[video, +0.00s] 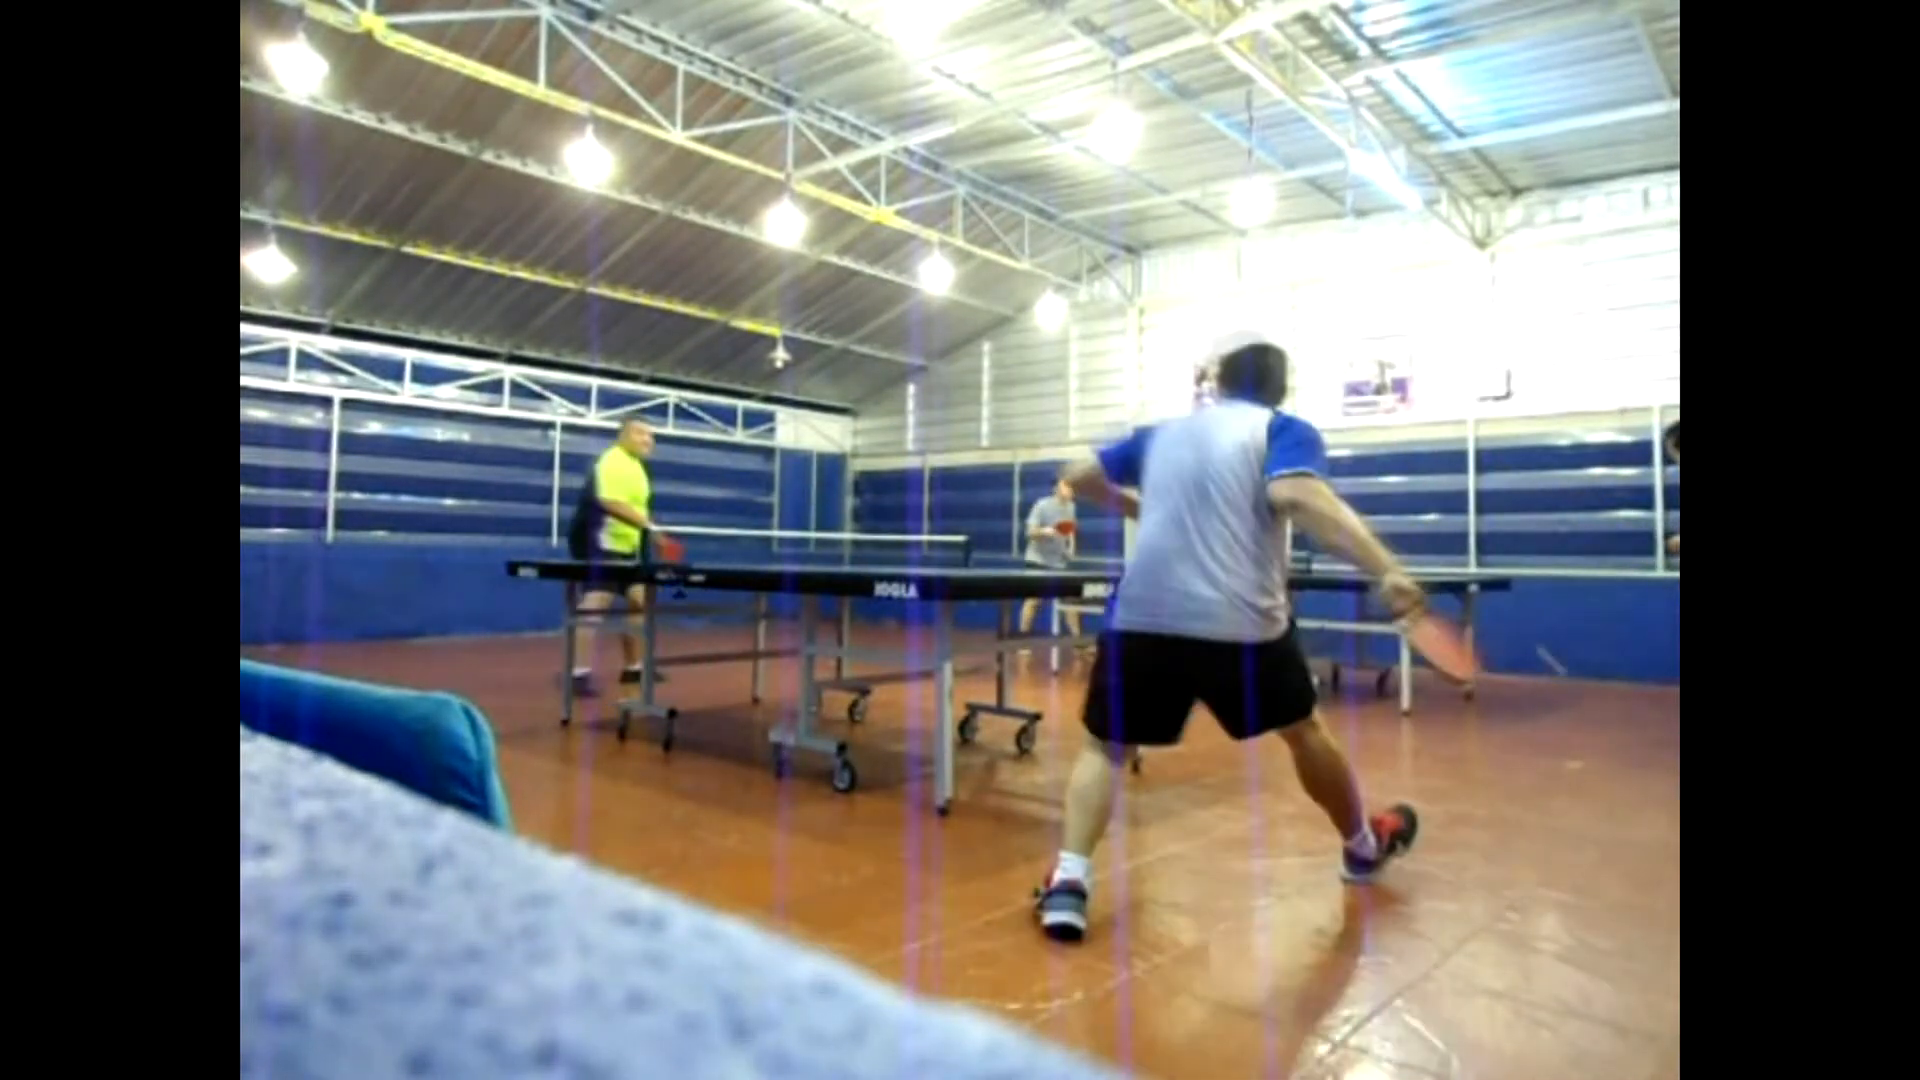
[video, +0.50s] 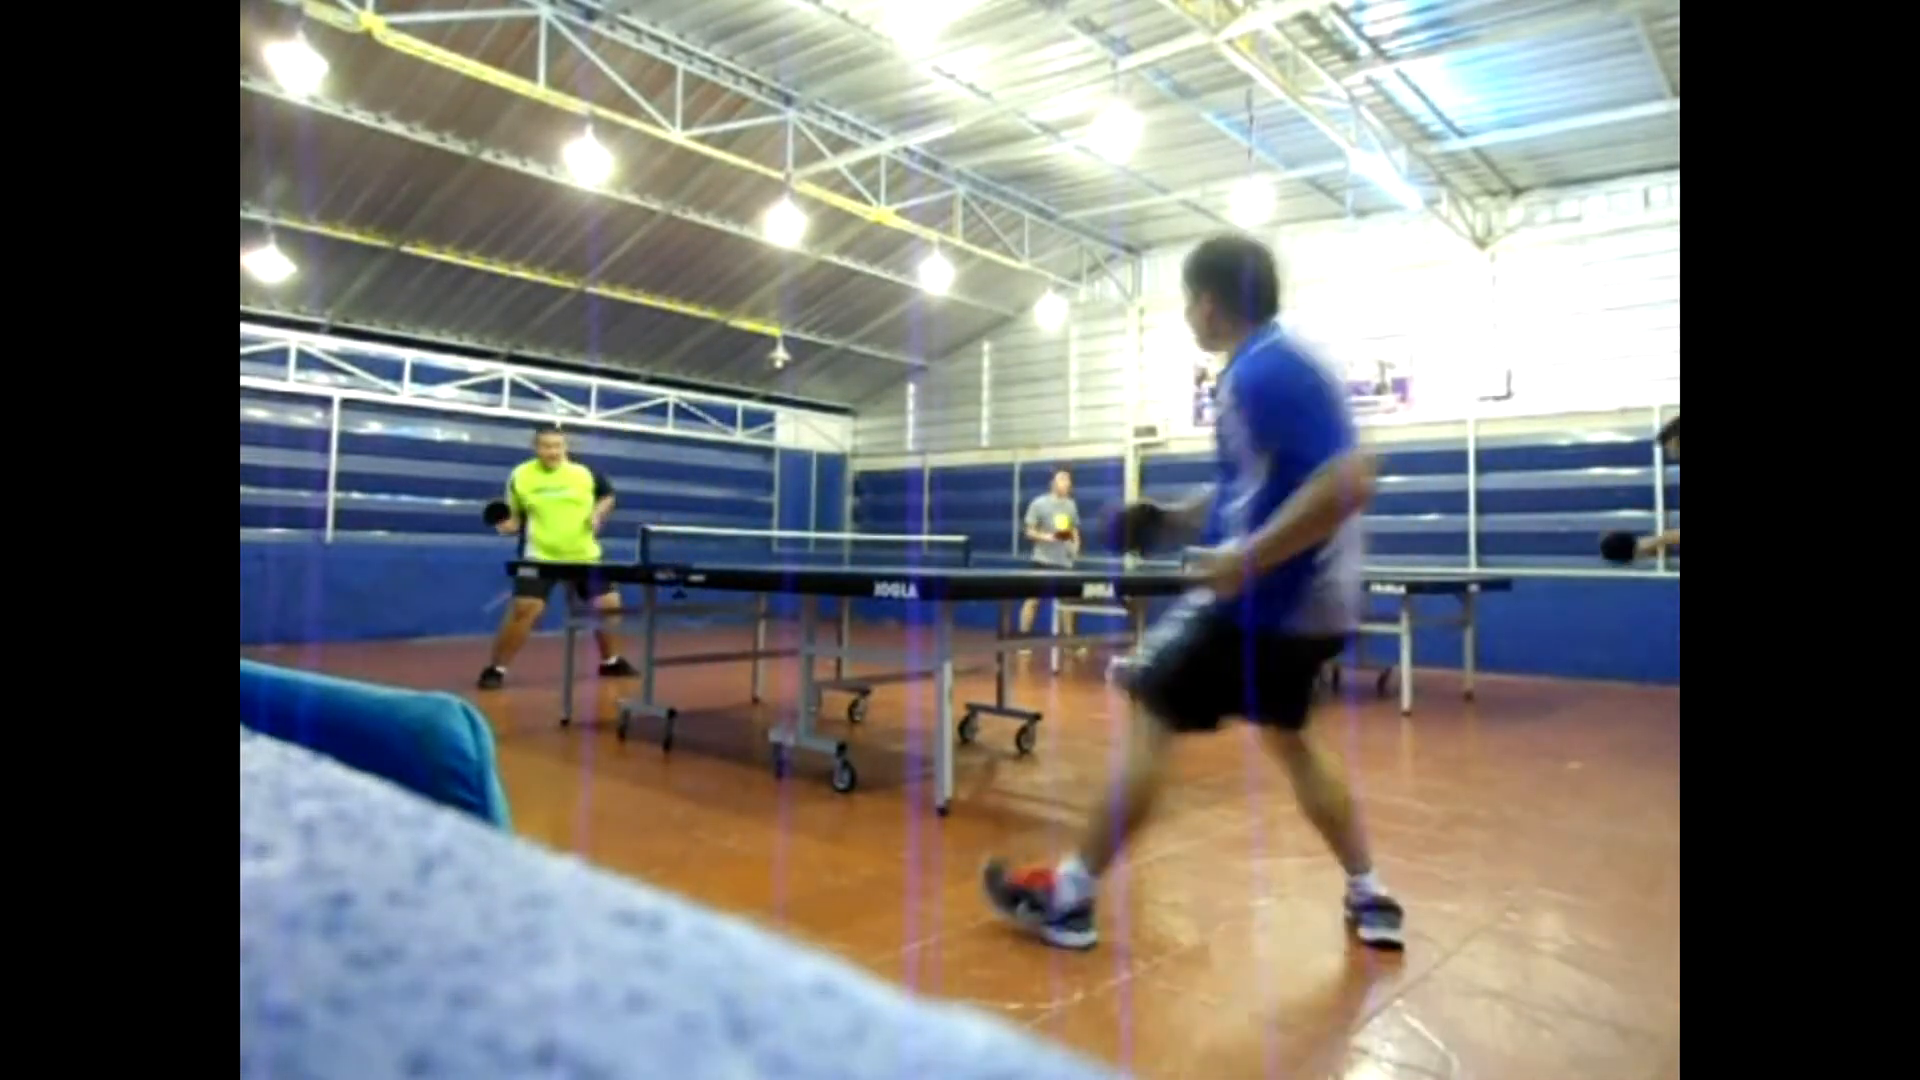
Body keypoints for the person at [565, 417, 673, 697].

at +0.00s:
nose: (648, 441)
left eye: (650, 436)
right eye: (643, 434)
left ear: (646, 441)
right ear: (626, 435)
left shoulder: (637, 466)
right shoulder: (611, 462)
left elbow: (637, 507)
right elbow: (608, 500)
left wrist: (655, 537)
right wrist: (648, 525)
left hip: (631, 546)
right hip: (605, 545)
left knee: (638, 602)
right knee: (595, 604)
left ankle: (634, 664)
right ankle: (581, 668)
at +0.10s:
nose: (628, 429)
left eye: (631, 423)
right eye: (621, 422)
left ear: (634, 428)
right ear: (607, 425)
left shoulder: (631, 459)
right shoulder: (587, 450)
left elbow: (627, 501)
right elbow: (578, 492)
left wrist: (641, 527)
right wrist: (621, 515)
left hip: (617, 539)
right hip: (586, 537)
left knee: (626, 599)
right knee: (573, 597)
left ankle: (632, 660)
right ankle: (537, 656)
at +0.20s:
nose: (607, 430)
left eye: (610, 424)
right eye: (601, 424)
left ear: (613, 428)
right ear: (586, 426)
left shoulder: (620, 459)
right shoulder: (561, 451)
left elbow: (623, 495)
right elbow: (550, 491)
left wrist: (633, 513)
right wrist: (587, 513)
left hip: (605, 541)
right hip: (567, 539)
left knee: (620, 594)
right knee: (546, 596)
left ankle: (628, 655)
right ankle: (507, 658)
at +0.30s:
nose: (586, 442)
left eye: (590, 435)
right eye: (580, 435)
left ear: (594, 439)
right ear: (565, 437)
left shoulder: (604, 470)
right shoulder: (542, 466)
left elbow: (616, 503)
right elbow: (521, 501)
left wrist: (620, 511)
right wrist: (541, 516)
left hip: (592, 551)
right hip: (548, 551)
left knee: (614, 601)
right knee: (527, 607)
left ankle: (614, 655)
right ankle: (497, 665)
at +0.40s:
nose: (565, 455)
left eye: (569, 449)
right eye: (558, 449)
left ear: (576, 450)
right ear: (547, 449)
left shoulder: (589, 480)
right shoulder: (527, 478)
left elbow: (611, 507)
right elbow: (512, 514)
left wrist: (605, 515)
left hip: (584, 557)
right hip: (540, 556)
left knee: (608, 606)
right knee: (523, 610)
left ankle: (610, 660)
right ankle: (497, 667)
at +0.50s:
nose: (552, 452)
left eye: (557, 446)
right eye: (546, 446)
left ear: (565, 447)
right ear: (536, 447)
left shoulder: (583, 473)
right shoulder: (521, 476)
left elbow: (609, 496)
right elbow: (515, 515)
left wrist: (598, 514)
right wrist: (507, 524)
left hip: (583, 554)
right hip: (539, 554)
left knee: (609, 603)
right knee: (527, 607)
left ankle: (611, 660)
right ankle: (498, 667)